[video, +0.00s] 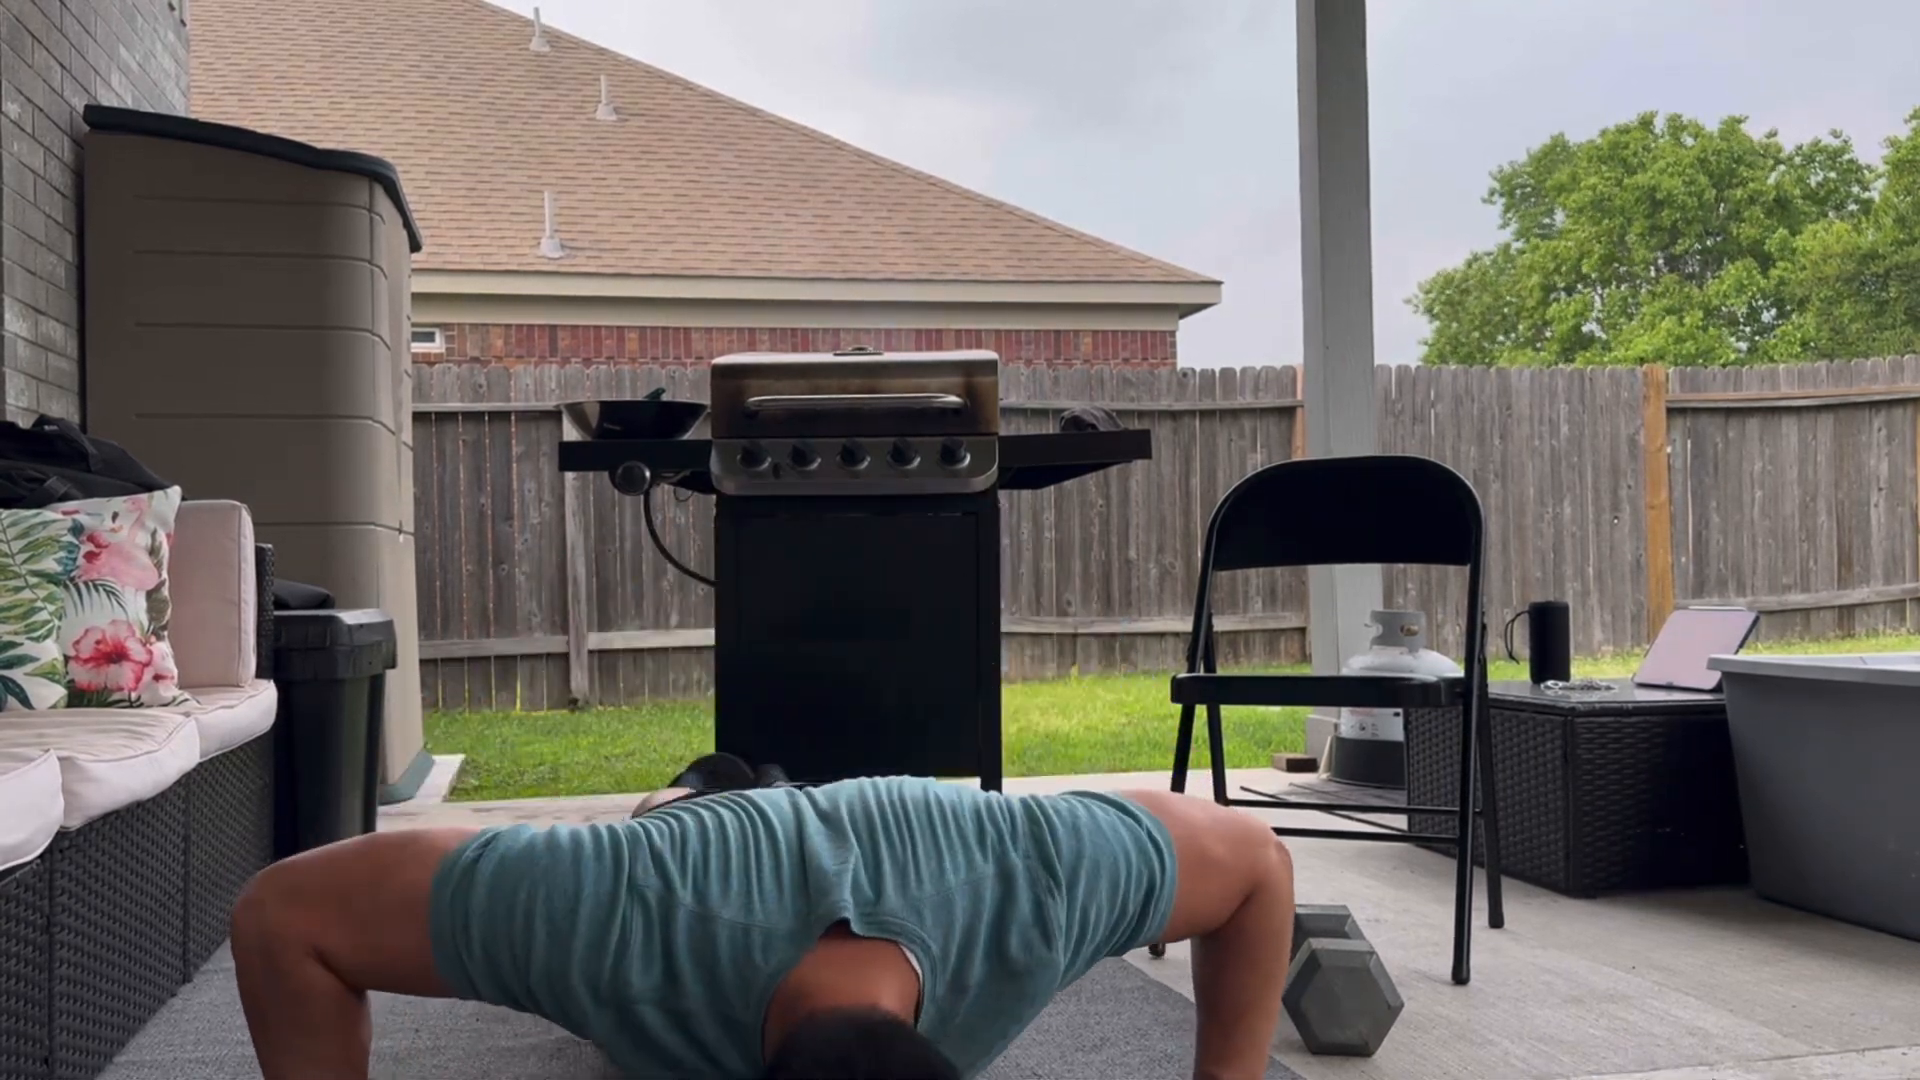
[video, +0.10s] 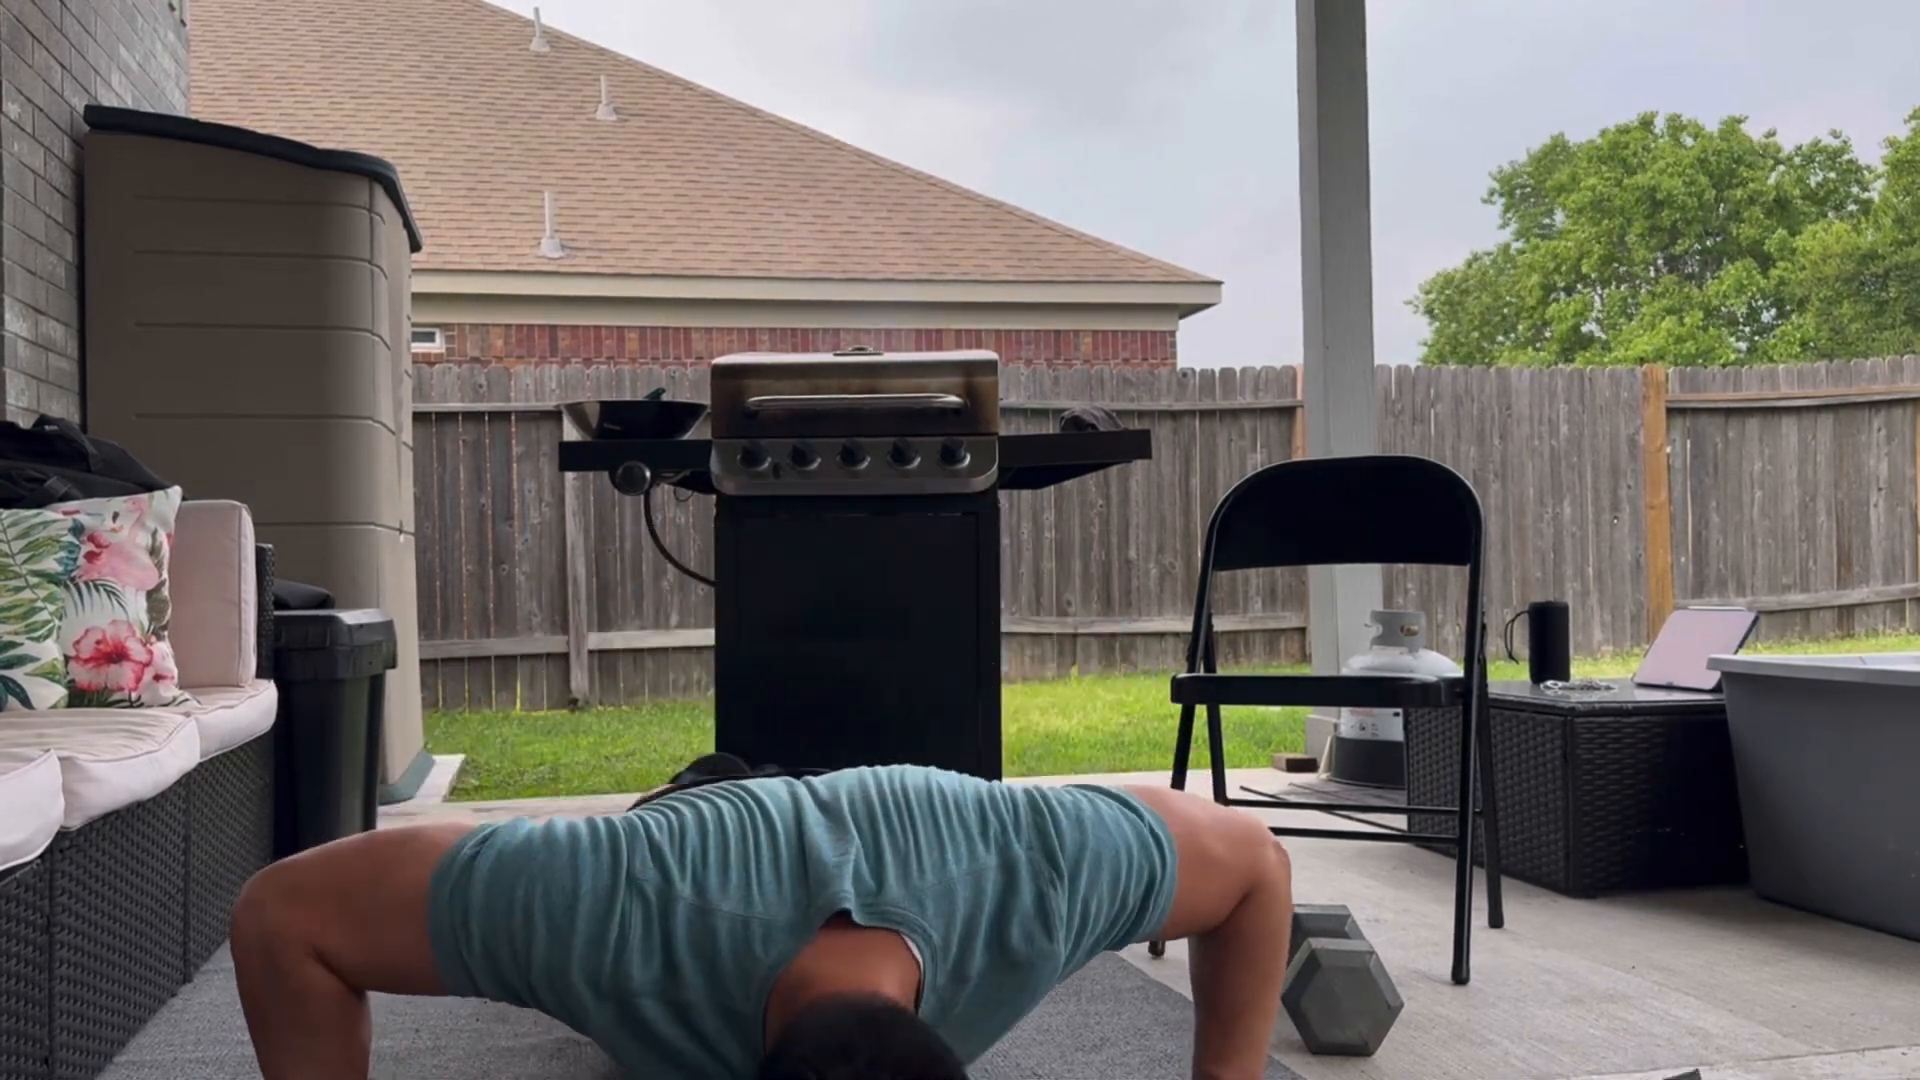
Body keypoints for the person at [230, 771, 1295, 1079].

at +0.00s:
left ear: (937, 1047)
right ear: (754, 1051)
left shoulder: (1045, 887)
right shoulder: (615, 925)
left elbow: (1253, 867)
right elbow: (284, 923)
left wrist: (1231, 1069)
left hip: (937, 824)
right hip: (688, 837)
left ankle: (1282, 939)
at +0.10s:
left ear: (939, 1038)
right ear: (752, 1043)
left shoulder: (1043, 878)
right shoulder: (605, 919)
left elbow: (1254, 869)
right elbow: (281, 923)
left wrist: (1229, 1073)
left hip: (923, 819)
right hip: (685, 831)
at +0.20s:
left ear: (956, 990)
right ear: (743, 996)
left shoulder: (1053, 824)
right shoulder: (596, 850)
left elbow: (1253, 871)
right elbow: (281, 923)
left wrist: (1228, 1067)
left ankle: (1273, 899)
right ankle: (449, 804)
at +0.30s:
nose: (841, 1069)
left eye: (885, 1053)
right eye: (801, 1041)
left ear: (962, 891)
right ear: (733, 876)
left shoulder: (1049, 734)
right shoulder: (586, 754)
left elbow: (1234, 870)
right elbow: (302, 917)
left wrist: (1223, 1070)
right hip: (673, 887)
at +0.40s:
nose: (828, 937)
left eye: (867, 922)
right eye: (793, 910)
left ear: (957, 791)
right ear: (727, 753)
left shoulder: (1031, 627)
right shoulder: (595, 627)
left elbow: (1192, 852)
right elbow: (367, 891)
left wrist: (1214, 1069)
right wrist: (356, 1073)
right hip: (674, 882)